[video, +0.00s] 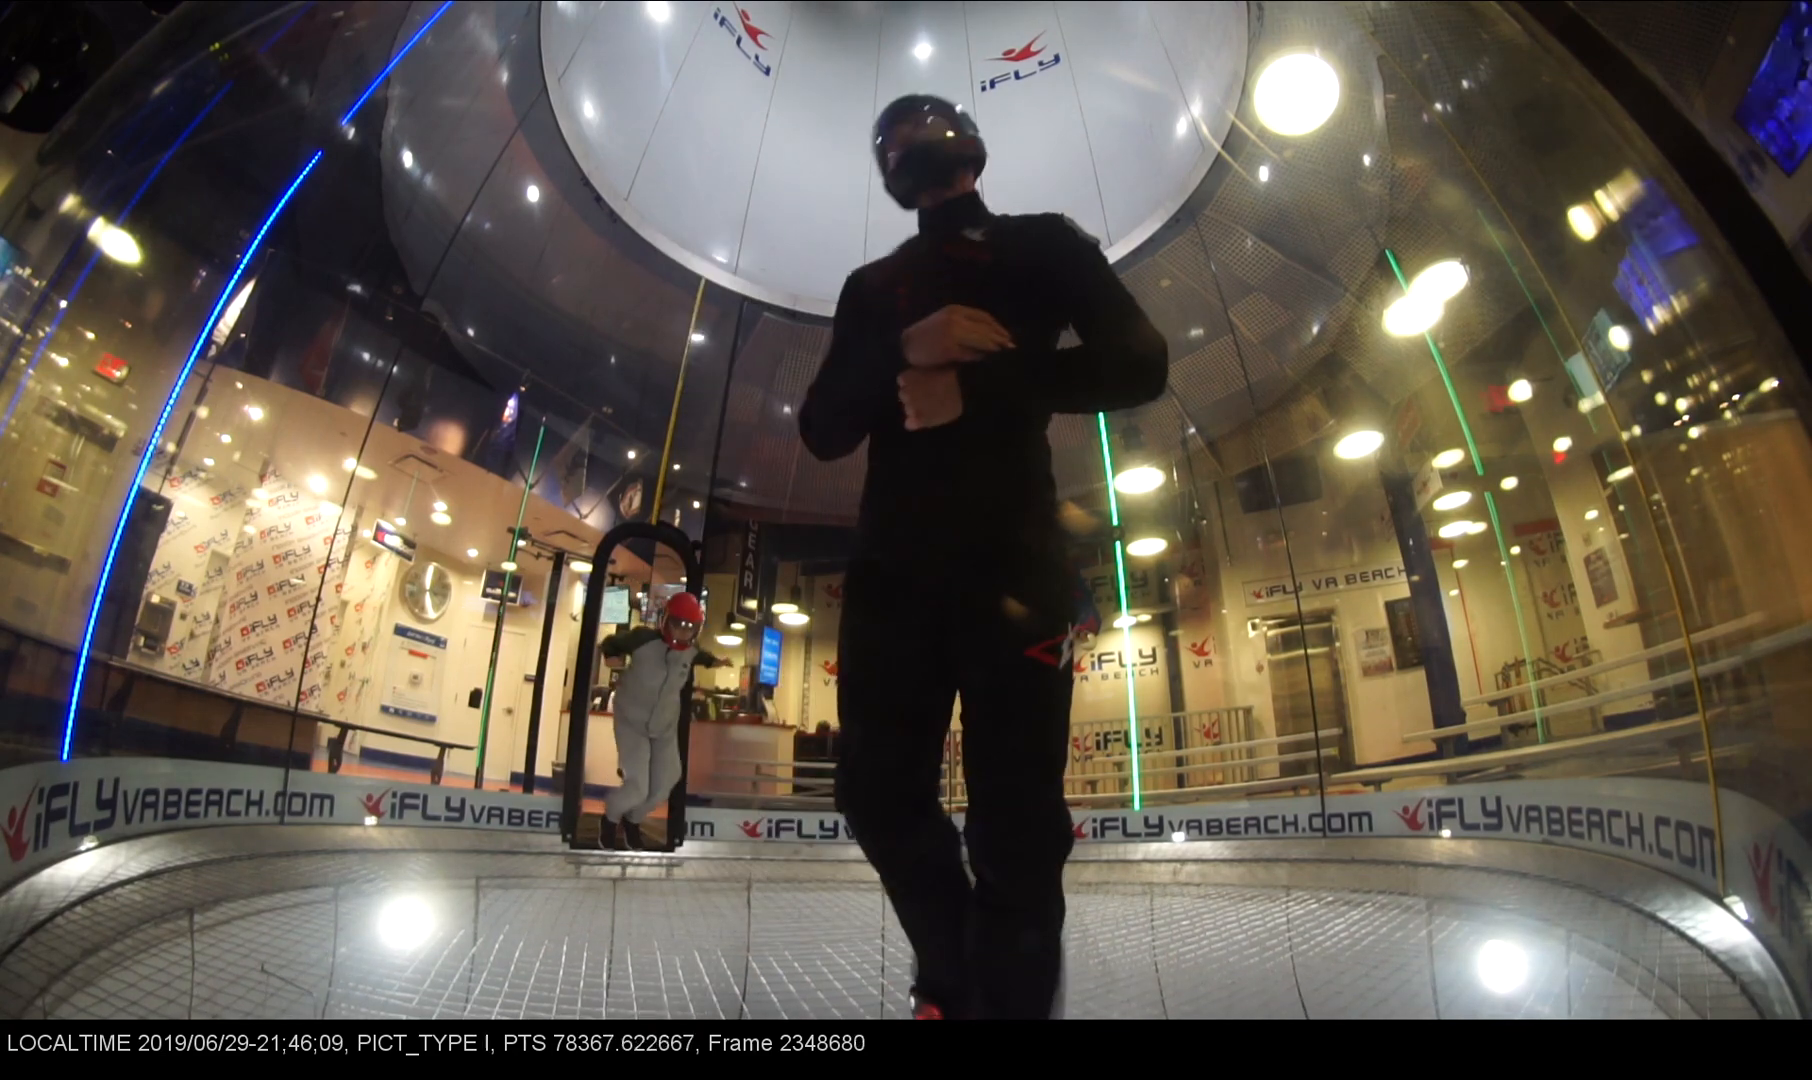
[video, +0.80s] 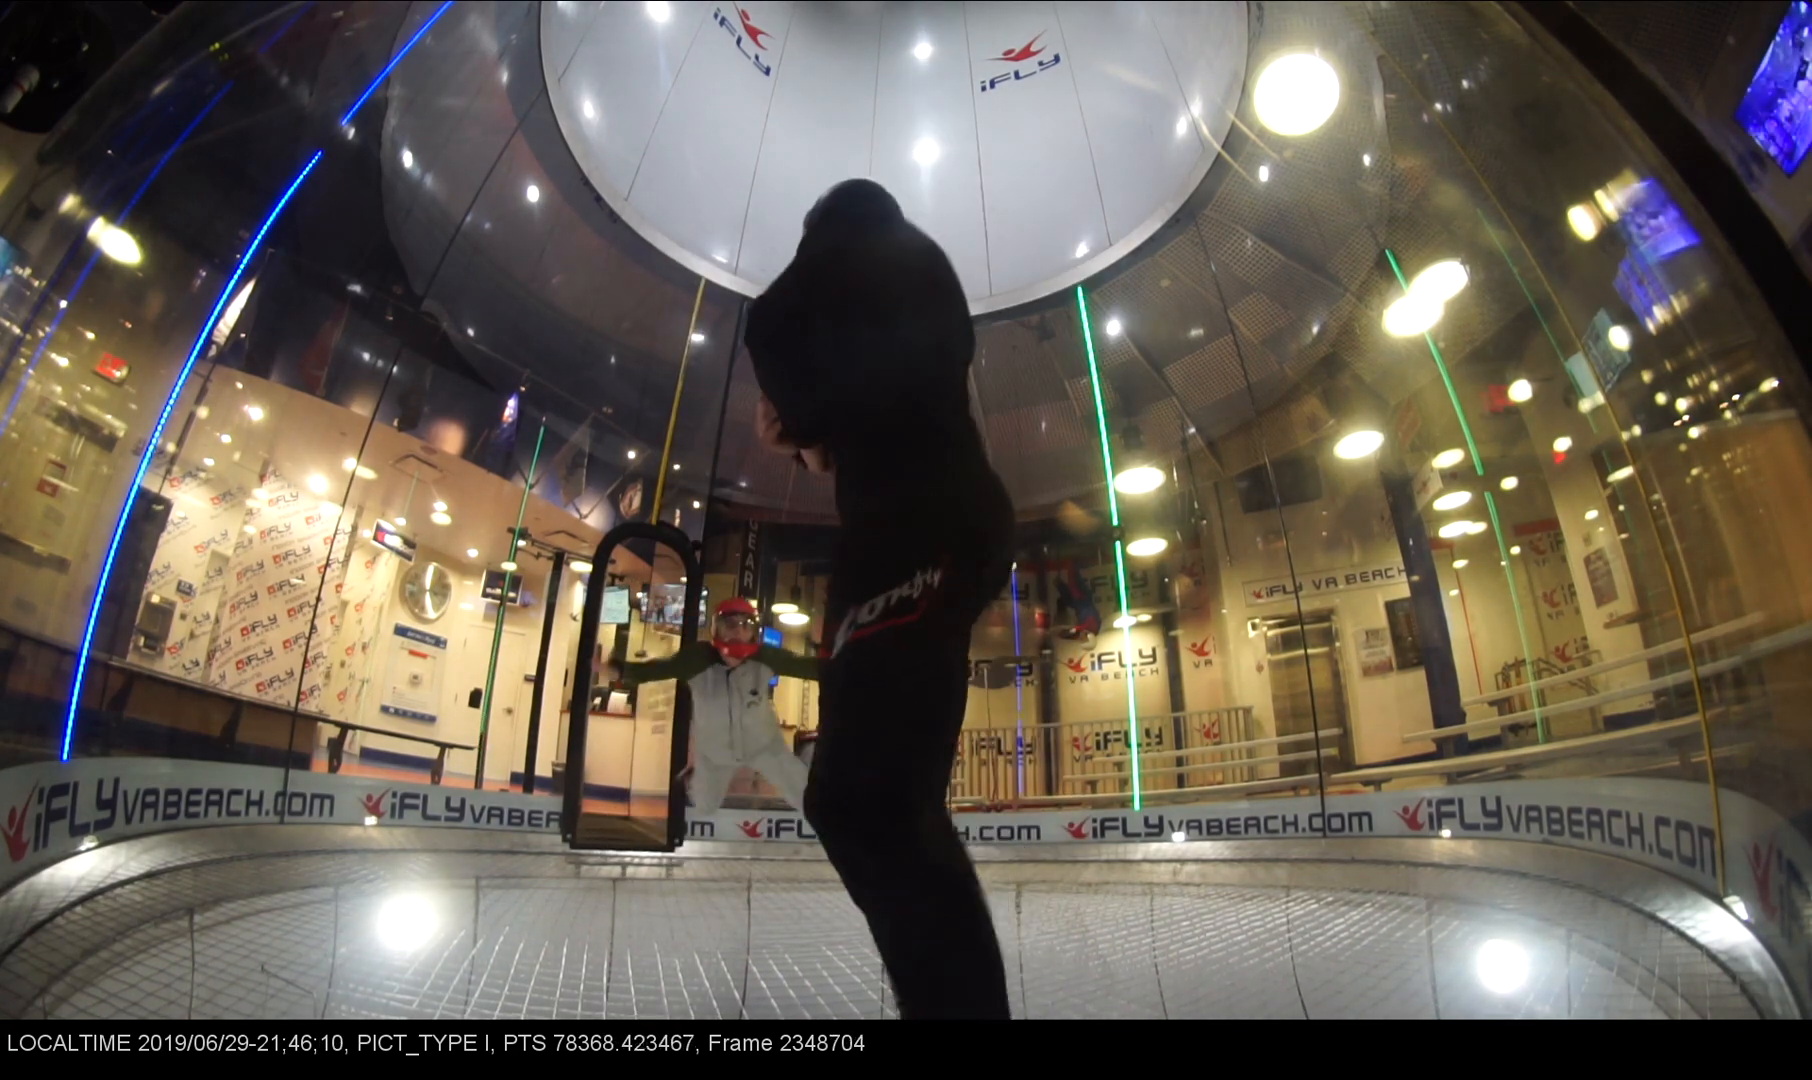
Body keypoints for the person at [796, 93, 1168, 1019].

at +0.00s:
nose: (915, 150)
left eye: (934, 131)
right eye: (896, 144)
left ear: (975, 156)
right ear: (885, 178)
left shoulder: (1044, 243)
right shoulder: (870, 291)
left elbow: (1141, 364)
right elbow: (823, 431)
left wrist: (980, 385)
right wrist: (898, 344)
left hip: (1015, 560)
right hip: (897, 569)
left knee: (1017, 811)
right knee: (880, 794)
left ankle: (1016, 1003)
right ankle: (957, 980)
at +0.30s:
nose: (845, 238)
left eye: (852, 220)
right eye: (842, 230)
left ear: (890, 201)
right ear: (872, 230)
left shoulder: (970, 219)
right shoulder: (875, 308)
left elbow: (1026, 316)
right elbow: (869, 460)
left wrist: (881, 390)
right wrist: (836, 401)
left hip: (974, 538)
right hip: (902, 551)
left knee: (968, 789)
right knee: (908, 785)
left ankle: (998, 1003)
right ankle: (957, 992)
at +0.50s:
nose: (839, 268)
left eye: (839, 252)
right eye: (836, 258)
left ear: (858, 226)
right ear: (902, 212)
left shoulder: (904, 247)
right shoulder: (914, 268)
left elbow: (885, 381)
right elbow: (907, 420)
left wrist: (821, 410)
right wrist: (839, 440)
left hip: (929, 548)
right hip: (936, 544)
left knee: (889, 803)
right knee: (909, 801)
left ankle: (985, 1006)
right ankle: (954, 996)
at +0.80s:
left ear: (827, 224)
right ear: (878, 216)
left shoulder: (870, 251)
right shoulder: (903, 268)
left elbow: (771, 321)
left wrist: (801, 407)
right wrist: (806, 425)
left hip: (914, 526)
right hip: (925, 523)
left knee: (852, 801)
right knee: (901, 804)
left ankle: (952, 1005)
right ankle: (966, 1004)